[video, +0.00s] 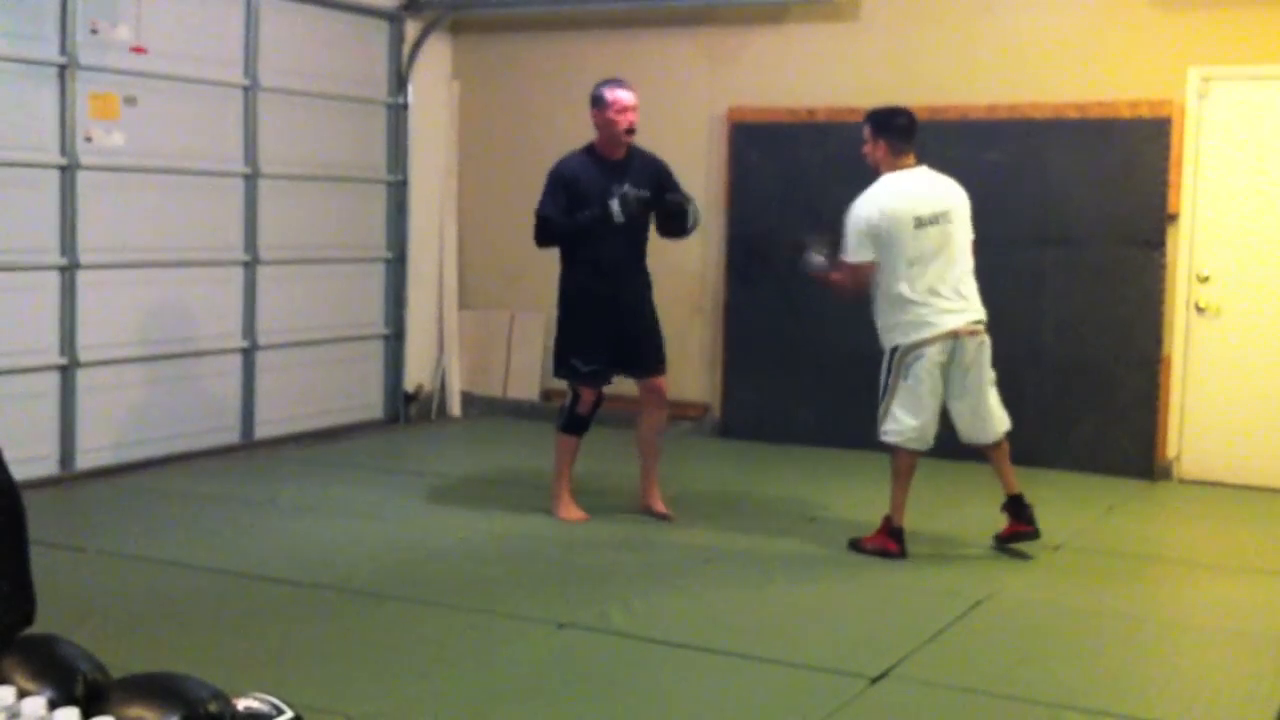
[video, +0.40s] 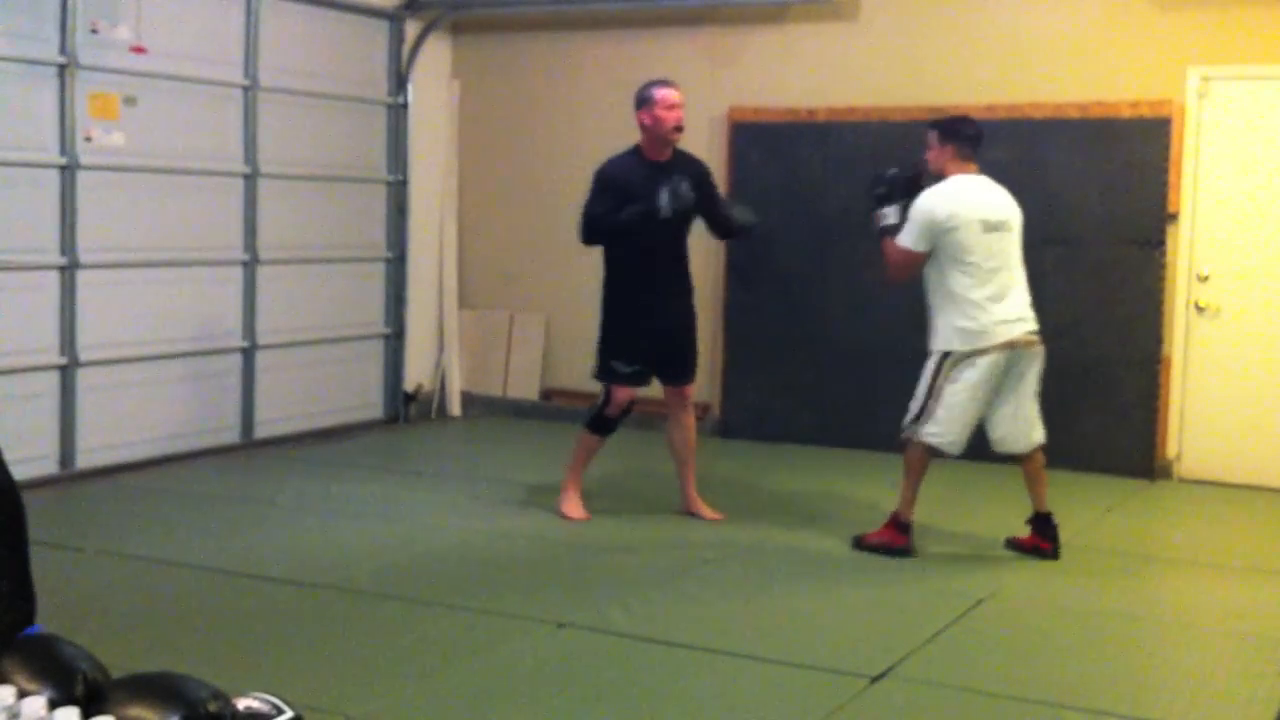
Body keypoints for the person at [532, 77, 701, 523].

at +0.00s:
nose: (630, 119)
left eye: (633, 110)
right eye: (620, 111)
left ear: (638, 114)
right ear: (596, 117)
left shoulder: (649, 168)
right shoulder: (570, 171)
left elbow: (673, 226)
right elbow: (544, 234)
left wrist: (676, 210)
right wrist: (602, 214)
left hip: (633, 296)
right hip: (585, 299)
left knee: (655, 391)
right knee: (585, 395)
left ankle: (650, 491)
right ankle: (562, 493)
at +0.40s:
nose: (680, 116)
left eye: (681, 108)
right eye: (669, 109)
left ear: (680, 114)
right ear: (643, 117)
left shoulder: (691, 170)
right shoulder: (616, 173)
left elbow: (721, 224)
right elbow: (591, 232)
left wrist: (738, 221)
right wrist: (649, 211)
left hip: (674, 298)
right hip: (626, 299)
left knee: (681, 397)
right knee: (619, 399)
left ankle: (690, 496)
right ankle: (571, 486)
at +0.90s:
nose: (700, 127)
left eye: (702, 119)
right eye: (693, 119)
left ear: (695, 122)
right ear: (666, 118)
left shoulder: (697, 168)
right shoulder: (640, 173)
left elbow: (705, 228)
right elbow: (656, 221)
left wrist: (740, 227)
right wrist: (701, 169)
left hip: (695, 298)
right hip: (650, 301)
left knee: (739, 382)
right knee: (652, 400)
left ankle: (733, 487)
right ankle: (621, 495)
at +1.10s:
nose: (721, 133)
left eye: (726, 124)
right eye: (714, 124)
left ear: (729, 126)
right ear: (690, 123)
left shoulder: (723, 173)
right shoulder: (665, 174)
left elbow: (758, 222)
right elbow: (680, 221)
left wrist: (786, 184)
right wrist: (719, 163)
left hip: (716, 302)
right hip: (671, 302)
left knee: (742, 400)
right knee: (662, 401)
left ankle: (775, 502)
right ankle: (622, 493)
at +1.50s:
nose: (777, 139)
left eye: (783, 130)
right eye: (771, 129)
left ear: (783, 127)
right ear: (749, 120)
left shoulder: (771, 168)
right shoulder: (717, 169)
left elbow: (797, 226)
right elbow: (744, 220)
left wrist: (832, 189)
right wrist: (777, 162)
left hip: (760, 291)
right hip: (720, 293)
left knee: (775, 396)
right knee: (728, 399)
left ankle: (780, 505)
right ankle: (681, 496)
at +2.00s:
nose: (809, 134)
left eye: (812, 125)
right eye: (801, 124)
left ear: (811, 125)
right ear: (774, 123)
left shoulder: (804, 169)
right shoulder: (752, 174)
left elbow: (826, 221)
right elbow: (786, 221)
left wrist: (877, 220)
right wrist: (818, 168)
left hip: (796, 298)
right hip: (754, 299)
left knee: (825, 392)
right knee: (748, 396)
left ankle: (814, 502)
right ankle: (682, 481)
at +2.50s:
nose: (751, 146)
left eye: (755, 138)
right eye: (743, 138)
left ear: (755, 139)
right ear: (719, 138)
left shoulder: (750, 183)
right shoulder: (701, 189)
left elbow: (772, 234)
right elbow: (744, 232)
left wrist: (815, 244)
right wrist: (762, 178)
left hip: (748, 309)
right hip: (706, 312)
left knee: (787, 399)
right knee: (696, 409)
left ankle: (799, 504)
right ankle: (650, 500)